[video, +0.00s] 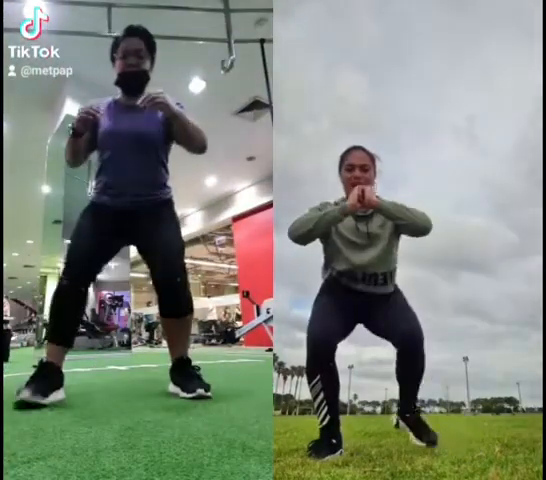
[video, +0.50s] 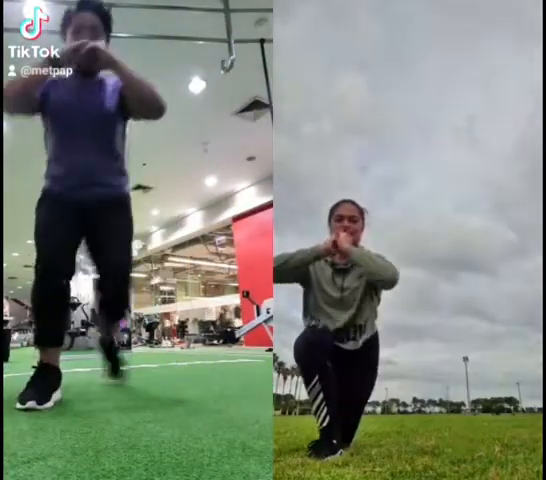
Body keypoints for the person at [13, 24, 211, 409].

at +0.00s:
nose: (130, 62)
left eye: (138, 55)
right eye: (123, 56)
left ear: (152, 63)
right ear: (113, 64)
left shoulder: (163, 109)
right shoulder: (100, 111)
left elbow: (198, 144)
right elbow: (73, 160)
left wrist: (171, 110)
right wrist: (78, 134)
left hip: (155, 208)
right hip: (104, 208)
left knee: (173, 280)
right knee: (72, 278)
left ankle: (182, 367)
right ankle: (51, 370)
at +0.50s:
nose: (84, 39)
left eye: (93, 33)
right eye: (76, 31)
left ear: (107, 41)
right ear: (64, 39)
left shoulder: (117, 87)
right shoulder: (50, 87)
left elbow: (155, 109)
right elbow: (10, 99)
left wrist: (113, 63)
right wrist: (51, 65)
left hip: (109, 198)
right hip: (60, 197)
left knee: (117, 278)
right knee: (49, 280)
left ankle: (110, 337)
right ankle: (48, 369)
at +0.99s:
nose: (90, 114)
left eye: (100, 108)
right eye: (82, 106)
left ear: (110, 118)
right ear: (66, 112)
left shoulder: (115, 164)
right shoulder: (42, 154)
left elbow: (124, 211)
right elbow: (10, 198)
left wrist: (89, 157)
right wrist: (48, 151)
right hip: (46, 248)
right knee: (41, 265)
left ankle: (91, 359)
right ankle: (47, 370)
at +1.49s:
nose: (119, 72)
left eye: (128, 64)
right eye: (111, 64)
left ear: (139, 73)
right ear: (97, 71)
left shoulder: (146, 120)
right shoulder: (81, 114)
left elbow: (185, 134)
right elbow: (39, 132)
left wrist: (140, 91)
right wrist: (82, 99)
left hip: (130, 224)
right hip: (80, 224)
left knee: (180, 267)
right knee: (48, 271)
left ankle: (184, 356)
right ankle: (47, 371)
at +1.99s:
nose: (161, 128)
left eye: (169, 121)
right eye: (153, 121)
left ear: (180, 133)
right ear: (138, 133)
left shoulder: (189, 174)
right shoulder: (123, 168)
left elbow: (239, 187)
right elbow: (77, 172)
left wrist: (188, 143)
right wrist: (129, 142)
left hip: (170, 268)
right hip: (121, 267)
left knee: (213, 276)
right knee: (76, 268)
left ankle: (206, 369)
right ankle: (48, 373)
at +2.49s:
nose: (178, 83)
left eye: (187, 77)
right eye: (171, 77)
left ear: (199, 85)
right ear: (160, 85)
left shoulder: (210, 127)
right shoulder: (149, 131)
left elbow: (251, 138)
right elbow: (112, 165)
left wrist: (197, 114)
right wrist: (148, 126)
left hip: (200, 221)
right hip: (158, 221)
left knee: (202, 280)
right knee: (139, 286)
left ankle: (209, 365)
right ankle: (173, 336)